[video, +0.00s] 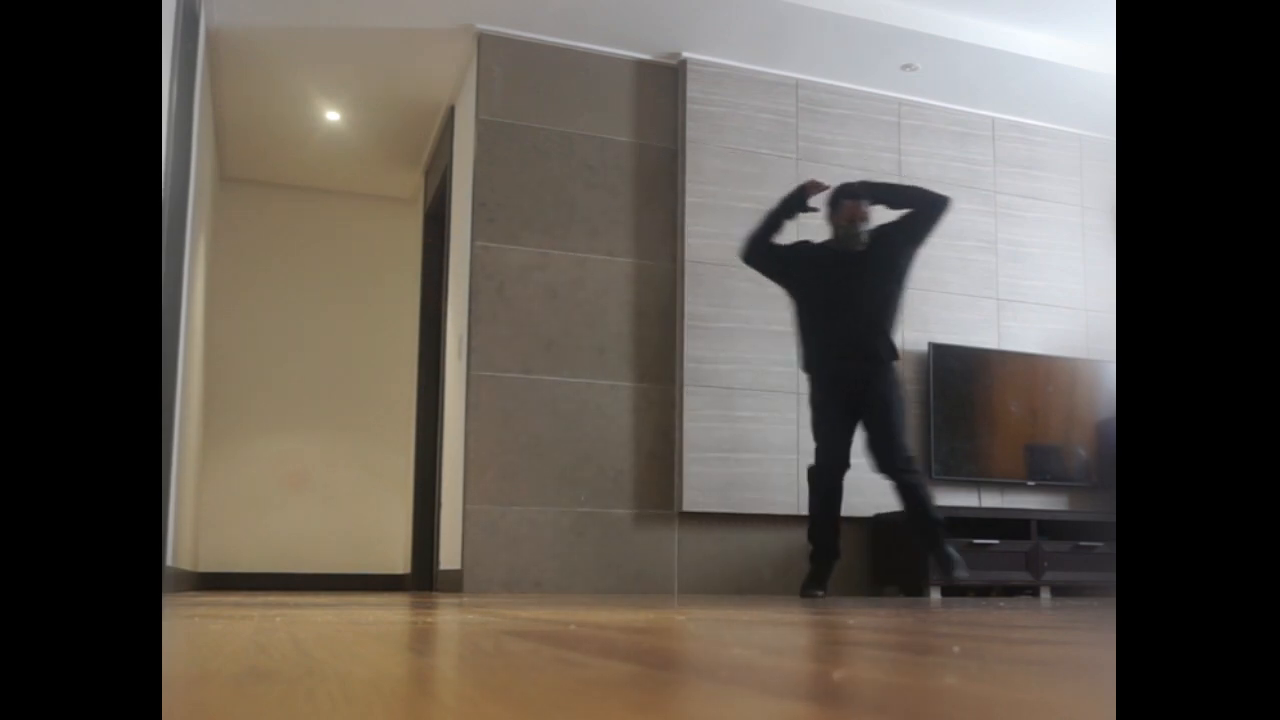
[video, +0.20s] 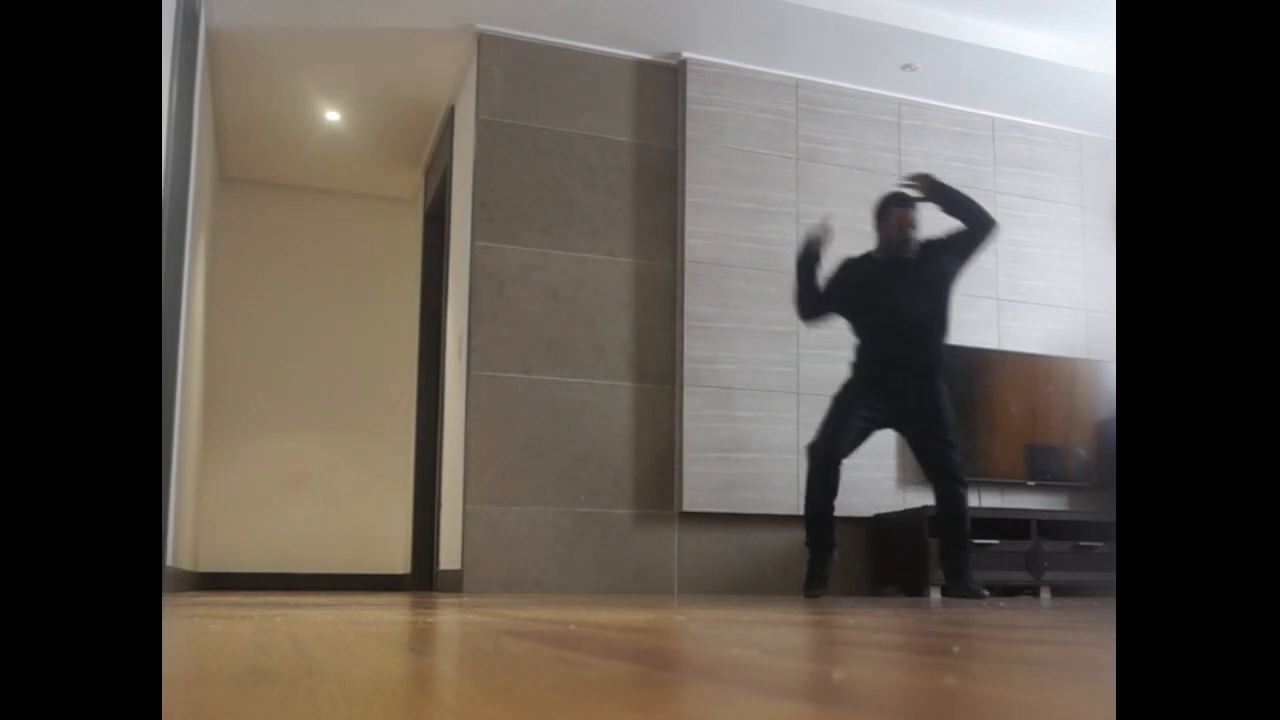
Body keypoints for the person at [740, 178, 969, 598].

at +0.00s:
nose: (857, 214)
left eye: (863, 208)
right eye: (848, 208)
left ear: (870, 214)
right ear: (831, 217)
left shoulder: (890, 247)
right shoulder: (804, 260)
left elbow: (934, 203)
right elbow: (754, 251)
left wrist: (869, 190)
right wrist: (794, 201)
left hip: (877, 378)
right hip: (829, 381)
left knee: (896, 461)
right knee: (828, 471)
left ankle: (941, 554)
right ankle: (820, 568)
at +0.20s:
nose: (907, 223)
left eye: (911, 217)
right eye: (897, 217)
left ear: (918, 221)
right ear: (880, 225)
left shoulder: (939, 259)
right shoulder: (858, 272)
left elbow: (983, 226)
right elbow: (811, 309)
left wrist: (938, 191)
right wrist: (808, 260)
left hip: (922, 391)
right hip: (869, 389)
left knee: (951, 480)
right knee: (823, 454)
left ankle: (958, 578)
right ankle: (819, 562)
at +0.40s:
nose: (933, 227)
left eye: (936, 219)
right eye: (925, 220)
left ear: (938, 220)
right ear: (902, 219)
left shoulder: (947, 265)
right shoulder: (870, 264)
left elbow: (981, 309)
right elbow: (851, 326)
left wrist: (1009, 266)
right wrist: (837, 381)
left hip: (939, 384)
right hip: (893, 382)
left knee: (949, 479)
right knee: (896, 468)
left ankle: (957, 577)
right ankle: (812, 550)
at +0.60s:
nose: (912, 208)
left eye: (912, 200)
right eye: (901, 204)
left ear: (916, 203)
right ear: (882, 212)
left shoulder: (931, 248)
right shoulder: (870, 253)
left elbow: (926, 307)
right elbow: (847, 312)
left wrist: (950, 315)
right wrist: (823, 364)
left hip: (936, 377)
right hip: (889, 375)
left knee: (961, 465)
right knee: (850, 457)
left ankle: (967, 573)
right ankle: (801, 550)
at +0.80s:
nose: (892, 222)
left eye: (893, 215)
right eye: (882, 218)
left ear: (898, 216)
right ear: (861, 226)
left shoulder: (916, 260)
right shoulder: (847, 268)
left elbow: (933, 312)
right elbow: (827, 317)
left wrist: (933, 333)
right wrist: (809, 325)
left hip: (915, 385)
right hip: (869, 388)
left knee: (963, 464)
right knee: (847, 475)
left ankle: (1014, 555)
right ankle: (806, 571)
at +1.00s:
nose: (892, 203)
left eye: (894, 196)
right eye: (881, 200)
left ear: (902, 201)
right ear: (865, 212)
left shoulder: (927, 241)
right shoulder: (857, 256)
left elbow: (946, 291)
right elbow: (836, 312)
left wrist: (951, 309)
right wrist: (795, 339)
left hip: (932, 369)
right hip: (882, 369)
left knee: (960, 458)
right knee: (845, 450)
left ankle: (972, 562)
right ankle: (800, 547)